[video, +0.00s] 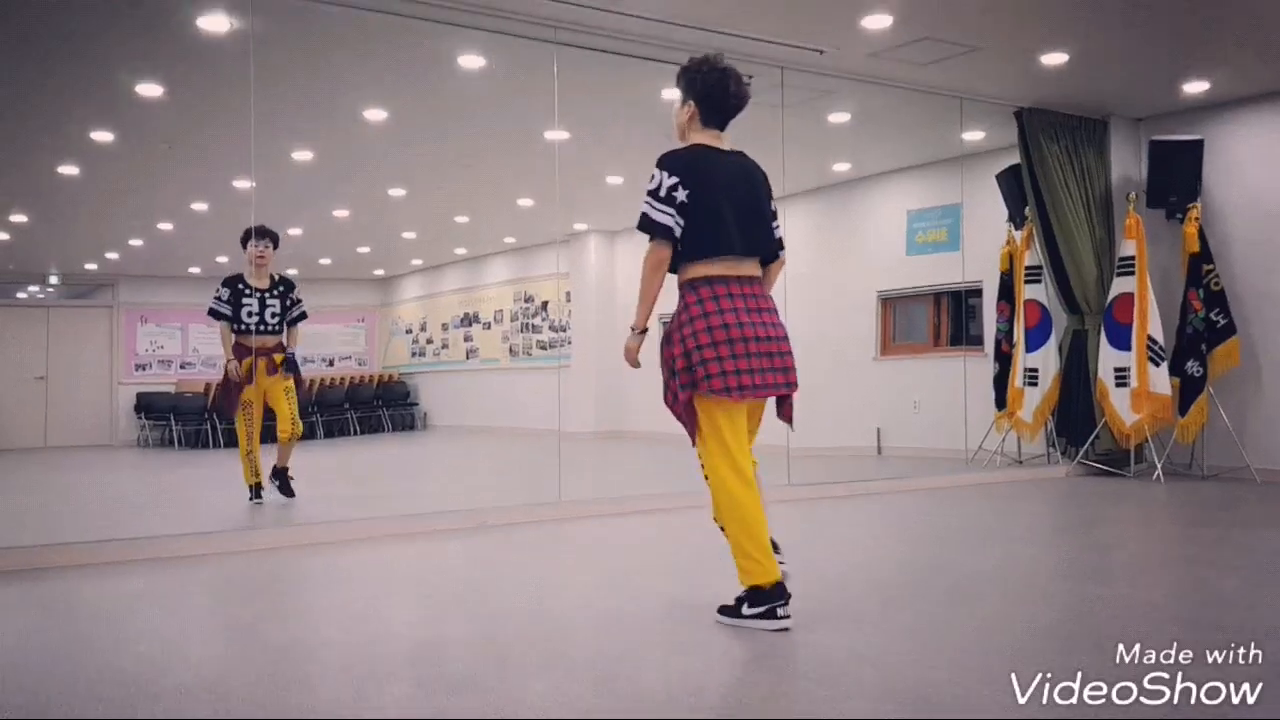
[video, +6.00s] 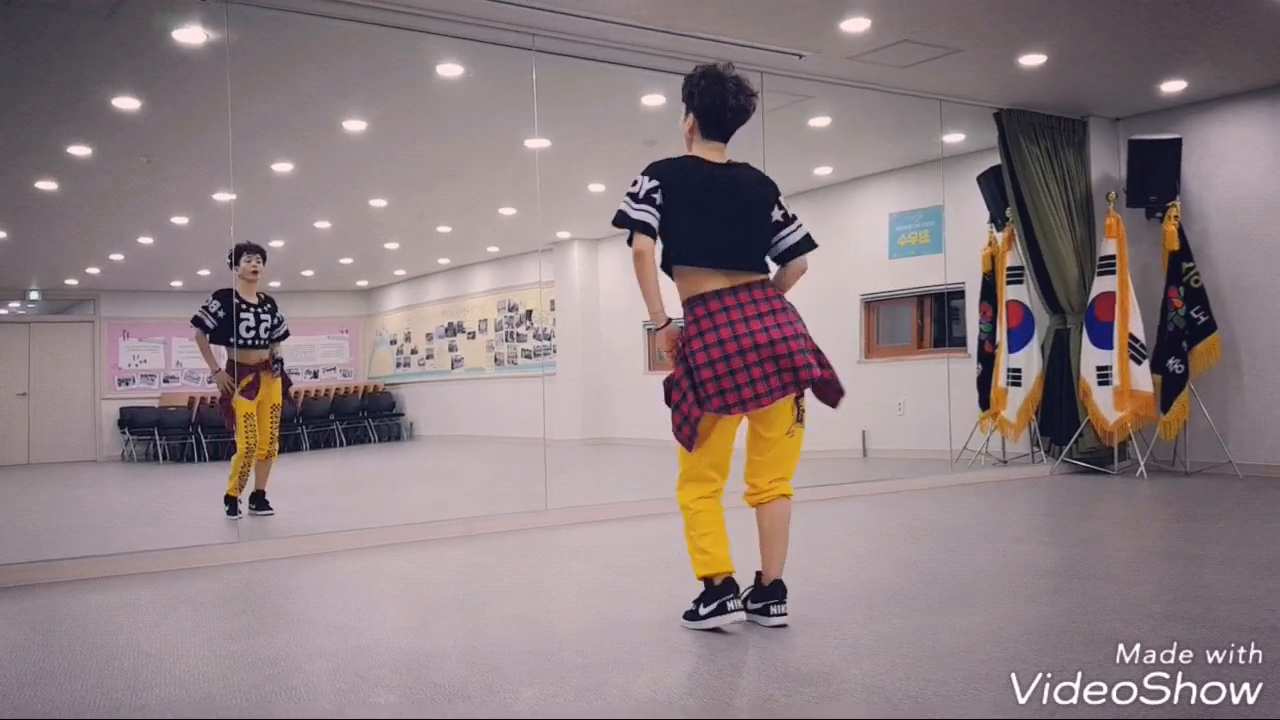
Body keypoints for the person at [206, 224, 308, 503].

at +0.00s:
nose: (261, 252)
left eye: (266, 247)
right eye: (255, 246)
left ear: (274, 252)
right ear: (246, 251)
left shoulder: (285, 286)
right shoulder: (231, 285)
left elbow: (293, 324)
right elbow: (224, 325)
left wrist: (290, 352)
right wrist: (229, 357)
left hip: (278, 361)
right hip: (245, 362)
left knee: (291, 428)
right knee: (248, 431)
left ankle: (280, 470)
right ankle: (254, 485)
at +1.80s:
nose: (258, 277)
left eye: (263, 273)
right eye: (252, 273)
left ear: (269, 279)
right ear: (241, 278)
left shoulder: (278, 314)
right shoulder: (228, 309)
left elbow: (279, 356)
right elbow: (213, 348)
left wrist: (267, 384)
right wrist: (230, 379)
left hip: (262, 389)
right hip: (230, 388)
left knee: (266, 453)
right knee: (229, 456)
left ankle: (272, 511)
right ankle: (232, 515)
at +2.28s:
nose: (243, 293)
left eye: (244, 287)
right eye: (236, 287)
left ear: (246, 292)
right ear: (219, 293)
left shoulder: (255, 324)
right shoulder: (202, 329)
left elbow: (275, 358)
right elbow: (196, 370)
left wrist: (265, 384)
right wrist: (209, 399)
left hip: (250, 399)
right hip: (217, 400)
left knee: (249, 467)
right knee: (205, 467)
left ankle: (239, 520)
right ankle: (211, 521)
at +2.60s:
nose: (219, 283)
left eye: (223, 278)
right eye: (212, 278)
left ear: (228, 284)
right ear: (199, 283)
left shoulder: (228, 320)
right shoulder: (187, 312)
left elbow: (232, 361)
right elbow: (168, 350)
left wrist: (237, 385)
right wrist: (182, 389)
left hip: (229, 392)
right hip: (199, 392)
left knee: (228, 459)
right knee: (207, 462)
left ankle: (220, 516)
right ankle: (195, 518)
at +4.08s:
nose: (242, 261)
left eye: (247, 256)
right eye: (236, 256)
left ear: (253, 260)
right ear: (225, 260)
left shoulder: (260, 295)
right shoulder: (213, 289)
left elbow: (263, 336)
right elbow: (197, 325)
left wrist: (258, 360)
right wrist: (209, 360)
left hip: (247, 366)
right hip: (218, 365)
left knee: (260, 433)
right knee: (218, 434)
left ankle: (247, 489)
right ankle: (218, 493)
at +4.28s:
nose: (263, 248)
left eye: (267, 244)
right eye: (256, 244)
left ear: (274, 250)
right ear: (247, 251)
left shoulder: (288, 284)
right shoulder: (235, 284)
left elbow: (302, 319)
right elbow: (212, 316)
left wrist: (286, 346)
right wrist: (238, 334)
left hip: (271, 362)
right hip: (236, 361)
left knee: (274, 429)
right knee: (236, 426)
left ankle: (268, 477)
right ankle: (240, 479)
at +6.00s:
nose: (254, 264)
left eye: (258, 261)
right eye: (248, 260)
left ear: (264, 268)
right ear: (236, 267)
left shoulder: (268, 302)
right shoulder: (224, 299)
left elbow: (276, 341)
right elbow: (200, 333)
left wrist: (276, 364)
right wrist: (216, 371)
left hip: (270, 374)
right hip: (241, 375)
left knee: (269, 443)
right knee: (249, 444)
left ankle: (259, 495)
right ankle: (232, 496)